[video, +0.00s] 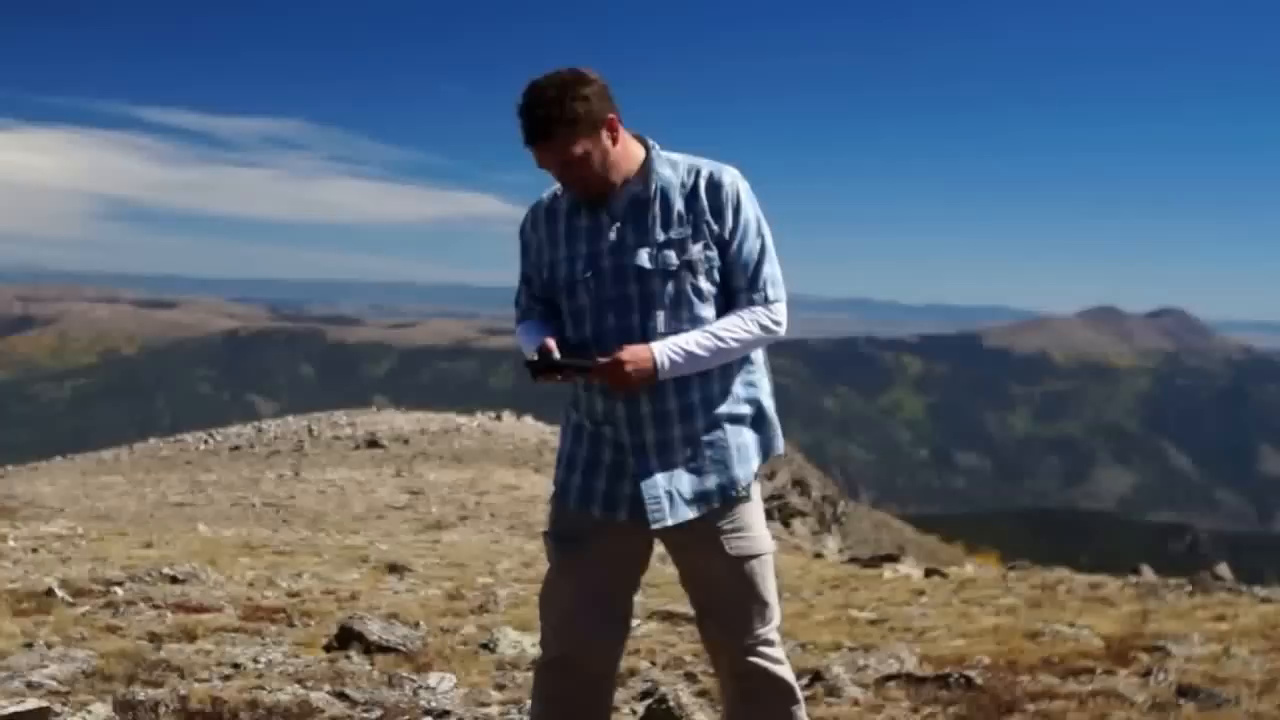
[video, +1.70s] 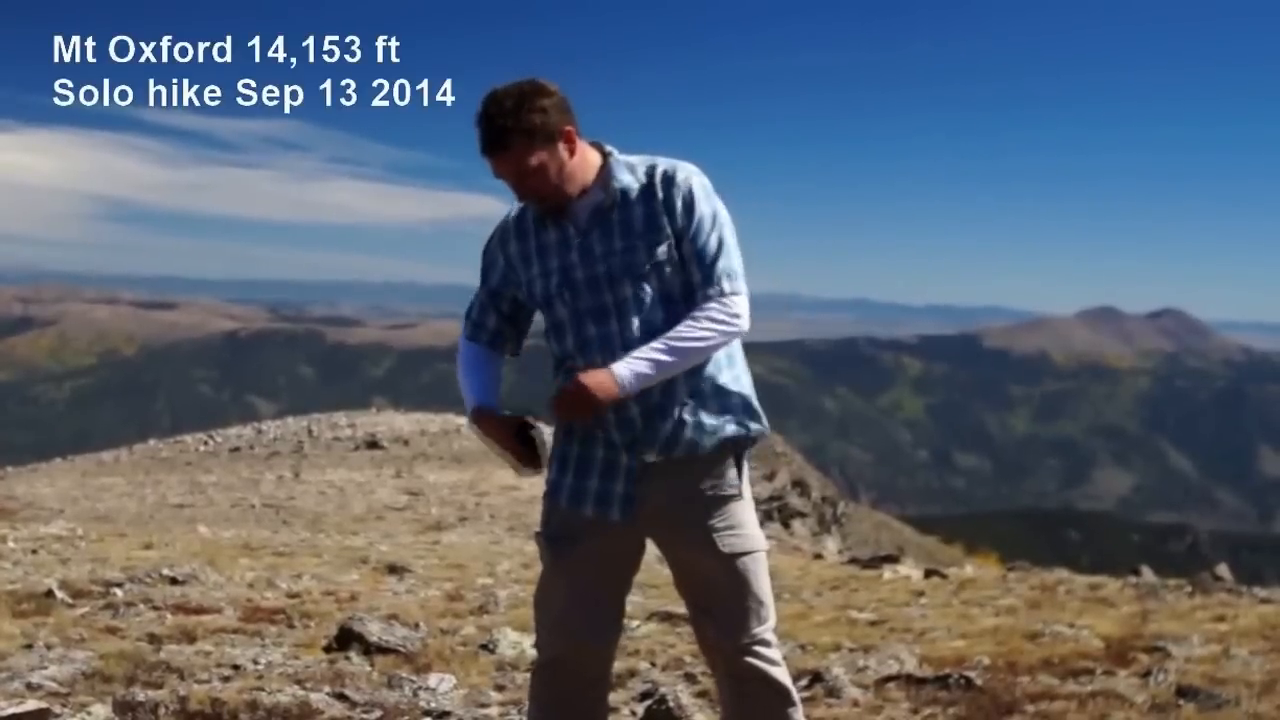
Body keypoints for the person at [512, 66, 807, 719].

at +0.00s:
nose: (567, 183)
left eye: (576, 163)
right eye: (553, 170)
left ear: (612, 130)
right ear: (538, 157)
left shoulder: (714, 191)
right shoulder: (546, 224)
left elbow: (767, 314)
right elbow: (533, 317)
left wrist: (661, 357)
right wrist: (543, 349)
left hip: (710, 467)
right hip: (597, 471)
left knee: (753, 664)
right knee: (571, 665)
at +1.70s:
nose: (522, 194)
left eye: (529, 175)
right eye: (508, 181)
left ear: (568, 141)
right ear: (495, 167)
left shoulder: (674, 189)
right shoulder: (517, 239)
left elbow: (727, 311)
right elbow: (482, 337)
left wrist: (619, 376)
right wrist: (482, 410)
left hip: (698, 457)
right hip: (588, 464)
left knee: (747, 658)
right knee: (566, 665)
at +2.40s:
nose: (595, 138)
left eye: (603, 121)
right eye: (575, 127)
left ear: (618, 122)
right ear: (543, 139)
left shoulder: (697, 187)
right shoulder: (526, 254)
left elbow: (763, 282)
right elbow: (505, 380)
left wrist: (789, 397)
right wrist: (488, 491)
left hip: (710, 462)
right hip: (597, 476)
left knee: (750, 660)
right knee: (568, 671)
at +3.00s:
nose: (553, 153)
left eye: (559, 134)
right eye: (533, 143)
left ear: (574, 129)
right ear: (500, 153)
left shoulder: (657, 189)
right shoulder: (485, 264)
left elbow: (726, 285)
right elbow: (464, 383)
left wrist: (747, 400)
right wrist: (458, 488)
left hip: (676, 460)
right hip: (564, 476)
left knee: (724, 657)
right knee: (553, 674)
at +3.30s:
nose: (488, 213)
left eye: (497, 195)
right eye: (472, 201)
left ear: (530, 158)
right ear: (452, 187)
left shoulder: (626, 190)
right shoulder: (459, 271)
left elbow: (699, 281)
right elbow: (447, 389)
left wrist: (718, 397)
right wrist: (442, 496)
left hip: (652, 454)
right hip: (542, 470)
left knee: (706, 645)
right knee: (543, 663)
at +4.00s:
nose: (461, 227)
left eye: (468, 207)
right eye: (444, 216)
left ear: (499, 170)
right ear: (425, 202)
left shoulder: (600, 192)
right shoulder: (439, 275)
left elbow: (687, 273)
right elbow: (427, 376)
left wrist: (706, 391)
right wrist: (431, 471)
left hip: (643, 447)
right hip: (536, 463)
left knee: (676, 646)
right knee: (542, 663)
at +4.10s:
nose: (458, 220)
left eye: (464, 200)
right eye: (441, 210)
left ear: (495, 163)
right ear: (423, 196)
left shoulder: (596, 190)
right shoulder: (437, 271)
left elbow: (683, 273)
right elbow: (430, 374)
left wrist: (704, 391)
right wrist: (432, 471)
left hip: (641, 444)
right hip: (535, 462)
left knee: (675, 644)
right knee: (541, 661)